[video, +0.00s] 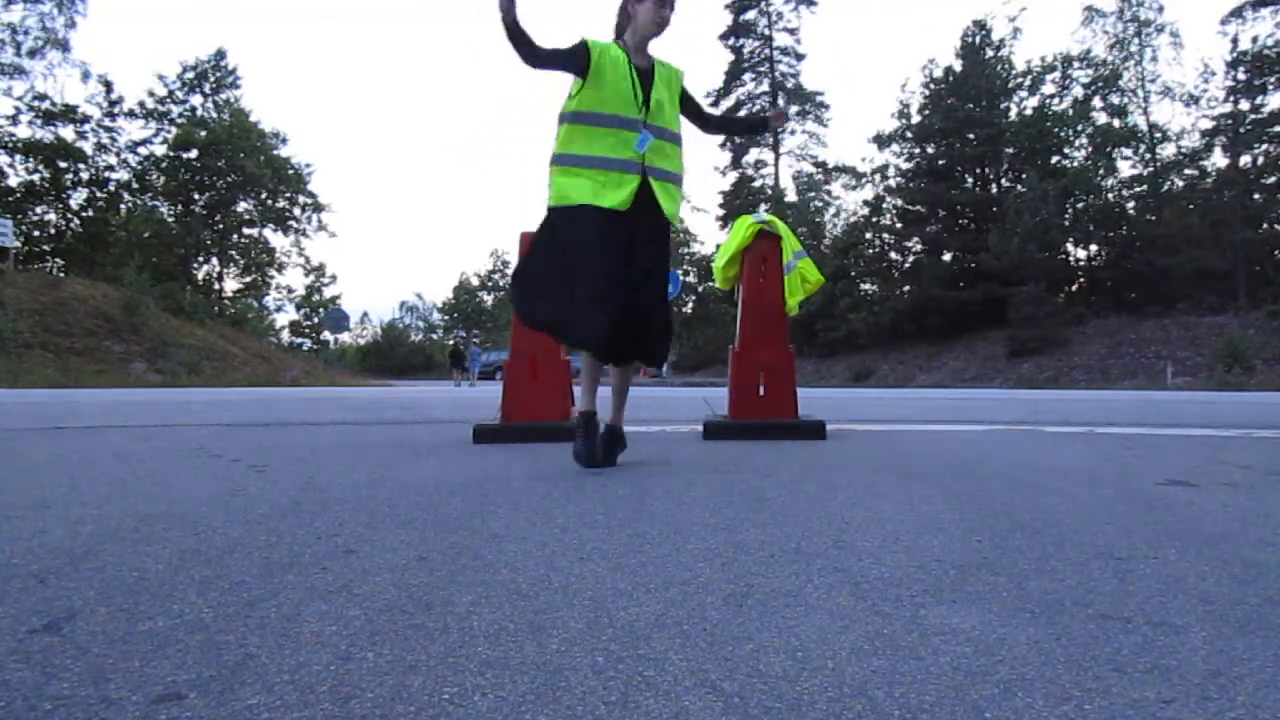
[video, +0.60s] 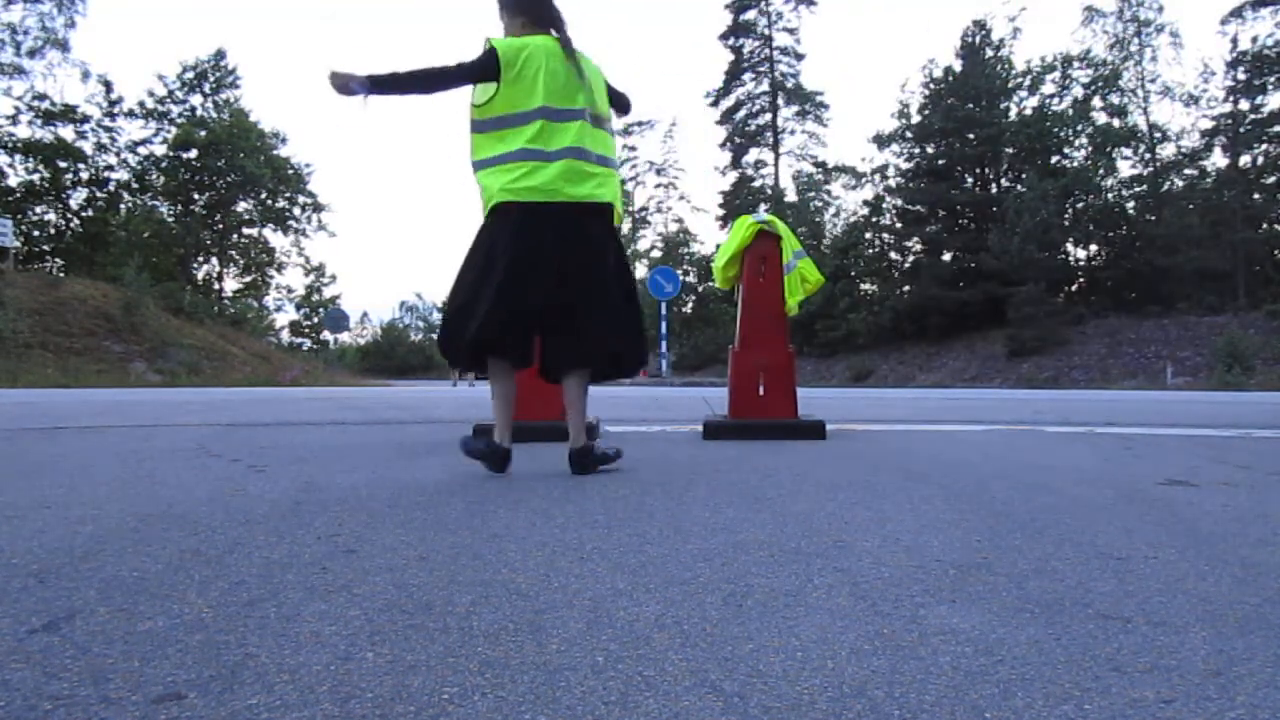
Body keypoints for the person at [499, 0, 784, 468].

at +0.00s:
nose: (667, 13)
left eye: (669, 8)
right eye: (659, 4)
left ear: (664, 20)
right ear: (631, 7)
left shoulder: (669, 78)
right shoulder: (596, 54)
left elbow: (711, 122)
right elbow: (537, 58)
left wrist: (765, 122)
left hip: (647, 214)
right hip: (591, 207)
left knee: (635, 320)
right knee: (596, 312)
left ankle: (616, 425)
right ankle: (586, 416)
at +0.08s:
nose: (664, 8)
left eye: (664, 3)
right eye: (657, 1)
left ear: (640, 8)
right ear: (630, 2)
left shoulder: (649, 66)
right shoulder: (601, 37)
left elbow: (669, 114)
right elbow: (561, 36)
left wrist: (717, 115)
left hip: (620, 195)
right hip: (581, 191)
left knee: (615, 304)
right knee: (611, 299)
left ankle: (569, 406)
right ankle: (604, 414)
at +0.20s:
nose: (651, 22)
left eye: (651, 15)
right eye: (647, 14)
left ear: (618, 14)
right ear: (625, 11)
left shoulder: (610, 68)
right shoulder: (603, 46)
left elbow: (597, 140)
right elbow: (619, 54)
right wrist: (668, 22)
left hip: (585, 200)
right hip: (591, 197)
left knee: (590, 315)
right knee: (618, 315)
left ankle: (539, 414)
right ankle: (598, 431)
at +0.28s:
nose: (632, 43)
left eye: (630, 35)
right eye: (630, 33)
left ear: (586, 35)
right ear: (618, 29)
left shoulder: (568, 88)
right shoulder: (610, 66)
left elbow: (547, 152)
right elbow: (662, 80)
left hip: (555, 223)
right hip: (599, 218)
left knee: (577, 332)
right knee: (628, 331)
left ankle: (533, 432)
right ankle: (589, 444)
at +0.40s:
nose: (602, 49)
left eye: (591, 43)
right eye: (602, 43)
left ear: (559, 46)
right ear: (599, 45)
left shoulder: (533, 98)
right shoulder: (619, 85)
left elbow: (483, 143)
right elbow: (698, 105)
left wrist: (436, 176)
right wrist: (772, 103)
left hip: (538, 239)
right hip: (597, 237)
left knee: (550, 341)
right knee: (634, 335)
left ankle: (520, 449)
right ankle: (592, 445)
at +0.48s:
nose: (566, 41)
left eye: (546, 38)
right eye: (580, 34)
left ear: (540, 40)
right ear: (584, 37)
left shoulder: (516, 83)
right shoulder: (617, 81)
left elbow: (450, 123)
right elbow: (678, 106)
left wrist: (382, 147)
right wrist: (728, 113)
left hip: (525, 235)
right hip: (598, 233)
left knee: (529, 336)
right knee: (609, 335)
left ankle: (519, 450)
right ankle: (589, 447)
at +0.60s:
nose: (502, 27)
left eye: (504, 18)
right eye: (503, 19)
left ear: (517, 17)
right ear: (552, 20)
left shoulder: (507, 53)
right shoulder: (587, 67)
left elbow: (446, 77)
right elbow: (622, 104)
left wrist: (366, 83)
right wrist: (587, 89)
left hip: (521, 213)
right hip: (588, 215)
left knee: (501, 324)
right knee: (574, 328)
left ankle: (501, 444)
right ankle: (581, 446)